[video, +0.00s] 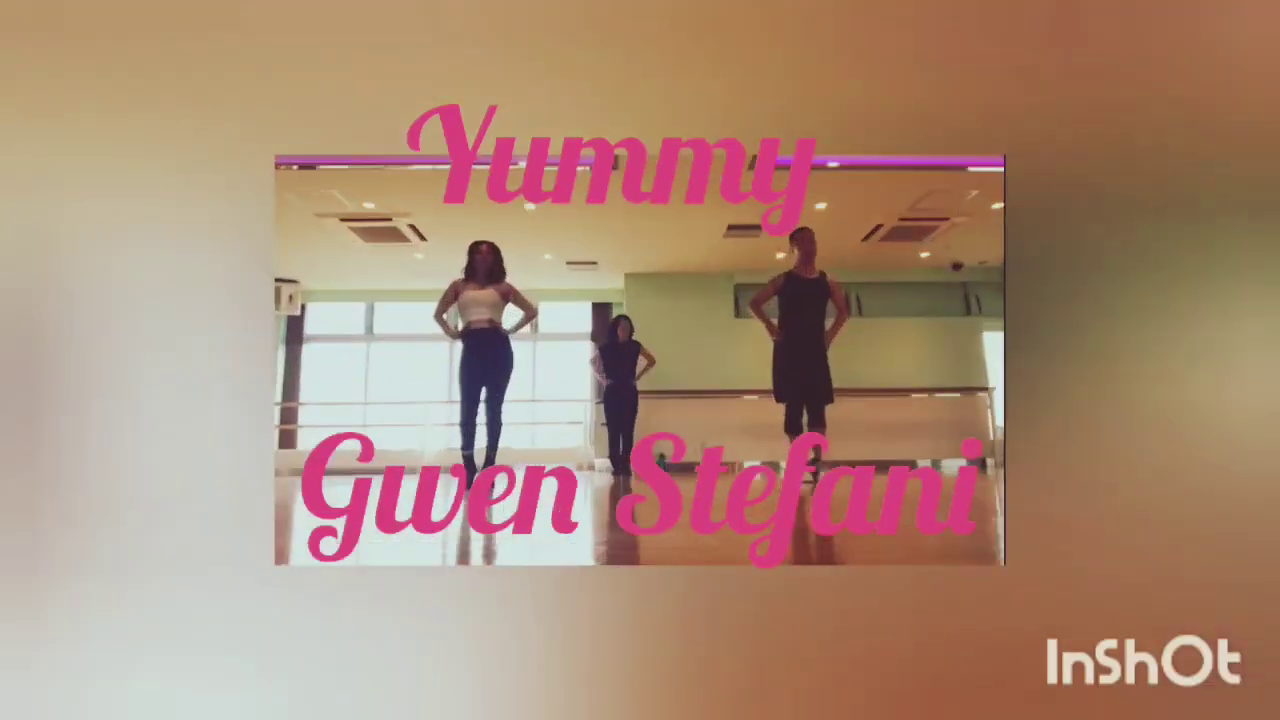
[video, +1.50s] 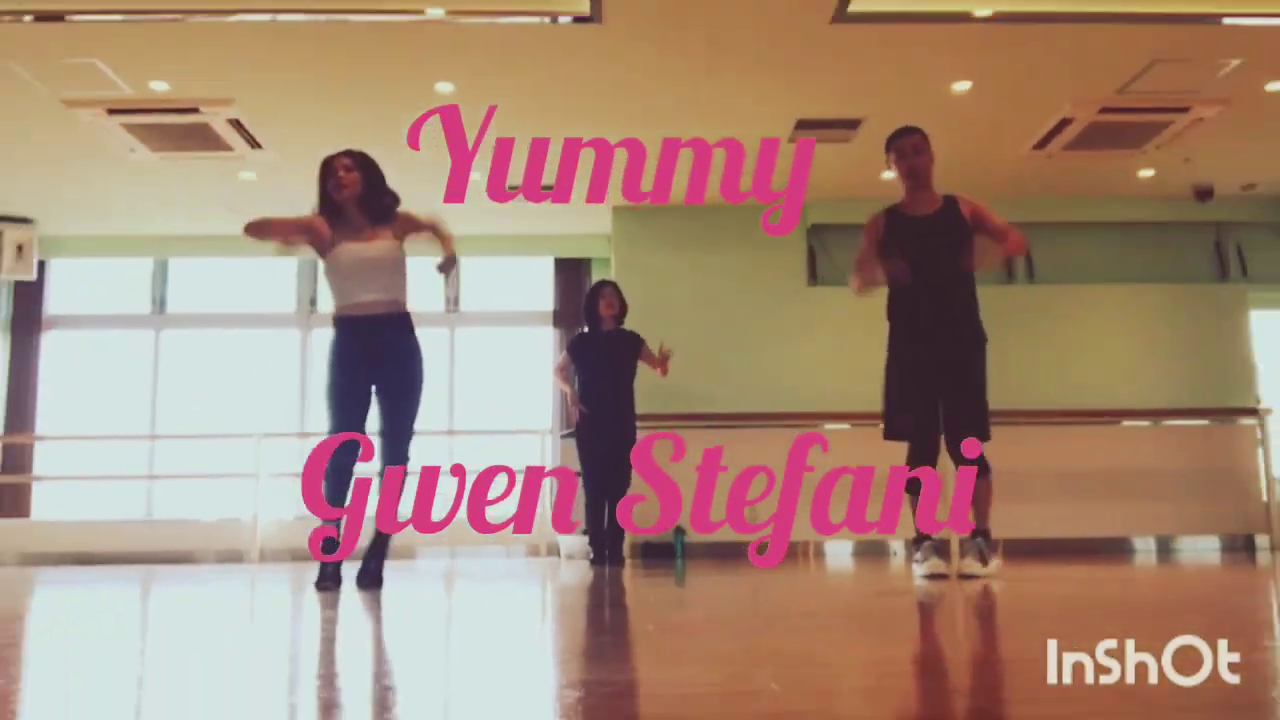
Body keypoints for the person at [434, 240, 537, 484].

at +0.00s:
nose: (483, 257)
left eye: (489, 253)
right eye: (478, 252)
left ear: (496, 259)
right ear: (471, 258)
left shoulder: (503, 287)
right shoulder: (459, 286)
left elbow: (531, 311)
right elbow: (438, 314)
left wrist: (511, 330)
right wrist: (452, 333)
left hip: (497, 342)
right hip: (472, 342)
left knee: (493, 407)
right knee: (468, 408)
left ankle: (490, 462)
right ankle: (468, 464)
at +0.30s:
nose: (349, 165)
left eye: (358, 159)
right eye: (339, 159)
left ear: (372, 171)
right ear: (325, 170)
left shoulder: (385, 222)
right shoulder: (304, 219)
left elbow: (437, 270)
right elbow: (266, 271)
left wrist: (394, 303)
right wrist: (292, 303)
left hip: (372, 335)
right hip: (325, 336)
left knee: (364, 454)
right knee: (314, 453)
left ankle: (358, 563)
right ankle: (317, 561)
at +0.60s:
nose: (264, 116)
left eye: (277, 107)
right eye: (253, 107)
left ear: (297, 119)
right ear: (238, 120)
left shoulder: (326, 179)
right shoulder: (223, 181)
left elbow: (363, 241)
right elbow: (198, 238)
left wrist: (333, 283)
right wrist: (196, 270)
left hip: (311, 319)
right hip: (250, 319)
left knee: (297, 472)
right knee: (239, 472)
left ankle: (290, 603)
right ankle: (233, 606)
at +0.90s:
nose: (229, 122)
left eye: (240, 114)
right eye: (220, 119)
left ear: (268, 129)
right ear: (214, 140)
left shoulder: (303, 200)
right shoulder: (205, 186)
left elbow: (297, 265)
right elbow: (125, 158)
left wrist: (314, 299)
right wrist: (37, 130)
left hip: (309, 352)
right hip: (247, 354)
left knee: (294, 490)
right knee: (245, 486)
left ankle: (274, 619)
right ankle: (230, 620)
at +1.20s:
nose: (259, 157)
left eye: (269, 149)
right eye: (249, 156)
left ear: (294, 162)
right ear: (243, 175)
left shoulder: (326, 226)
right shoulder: (238, 219)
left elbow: (330, 290)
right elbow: (173, 158)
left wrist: (340, 323)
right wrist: (107, 105)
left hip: (335, 363)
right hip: (278, 367)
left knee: (327, 484)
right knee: (275, 484)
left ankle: (303, 601)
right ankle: (259, 601)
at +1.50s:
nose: (342, 177)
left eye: (350, 169)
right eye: (334, 174)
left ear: (368, 178)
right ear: (327, 187)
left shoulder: (394, 222)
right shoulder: (322, 227)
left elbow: (436, 227)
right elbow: (253, 228)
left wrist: (450, 252)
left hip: (397, 340)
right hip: (350, 343)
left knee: (395, 449)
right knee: (344, 447)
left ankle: (381, 544)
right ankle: (330, 546)